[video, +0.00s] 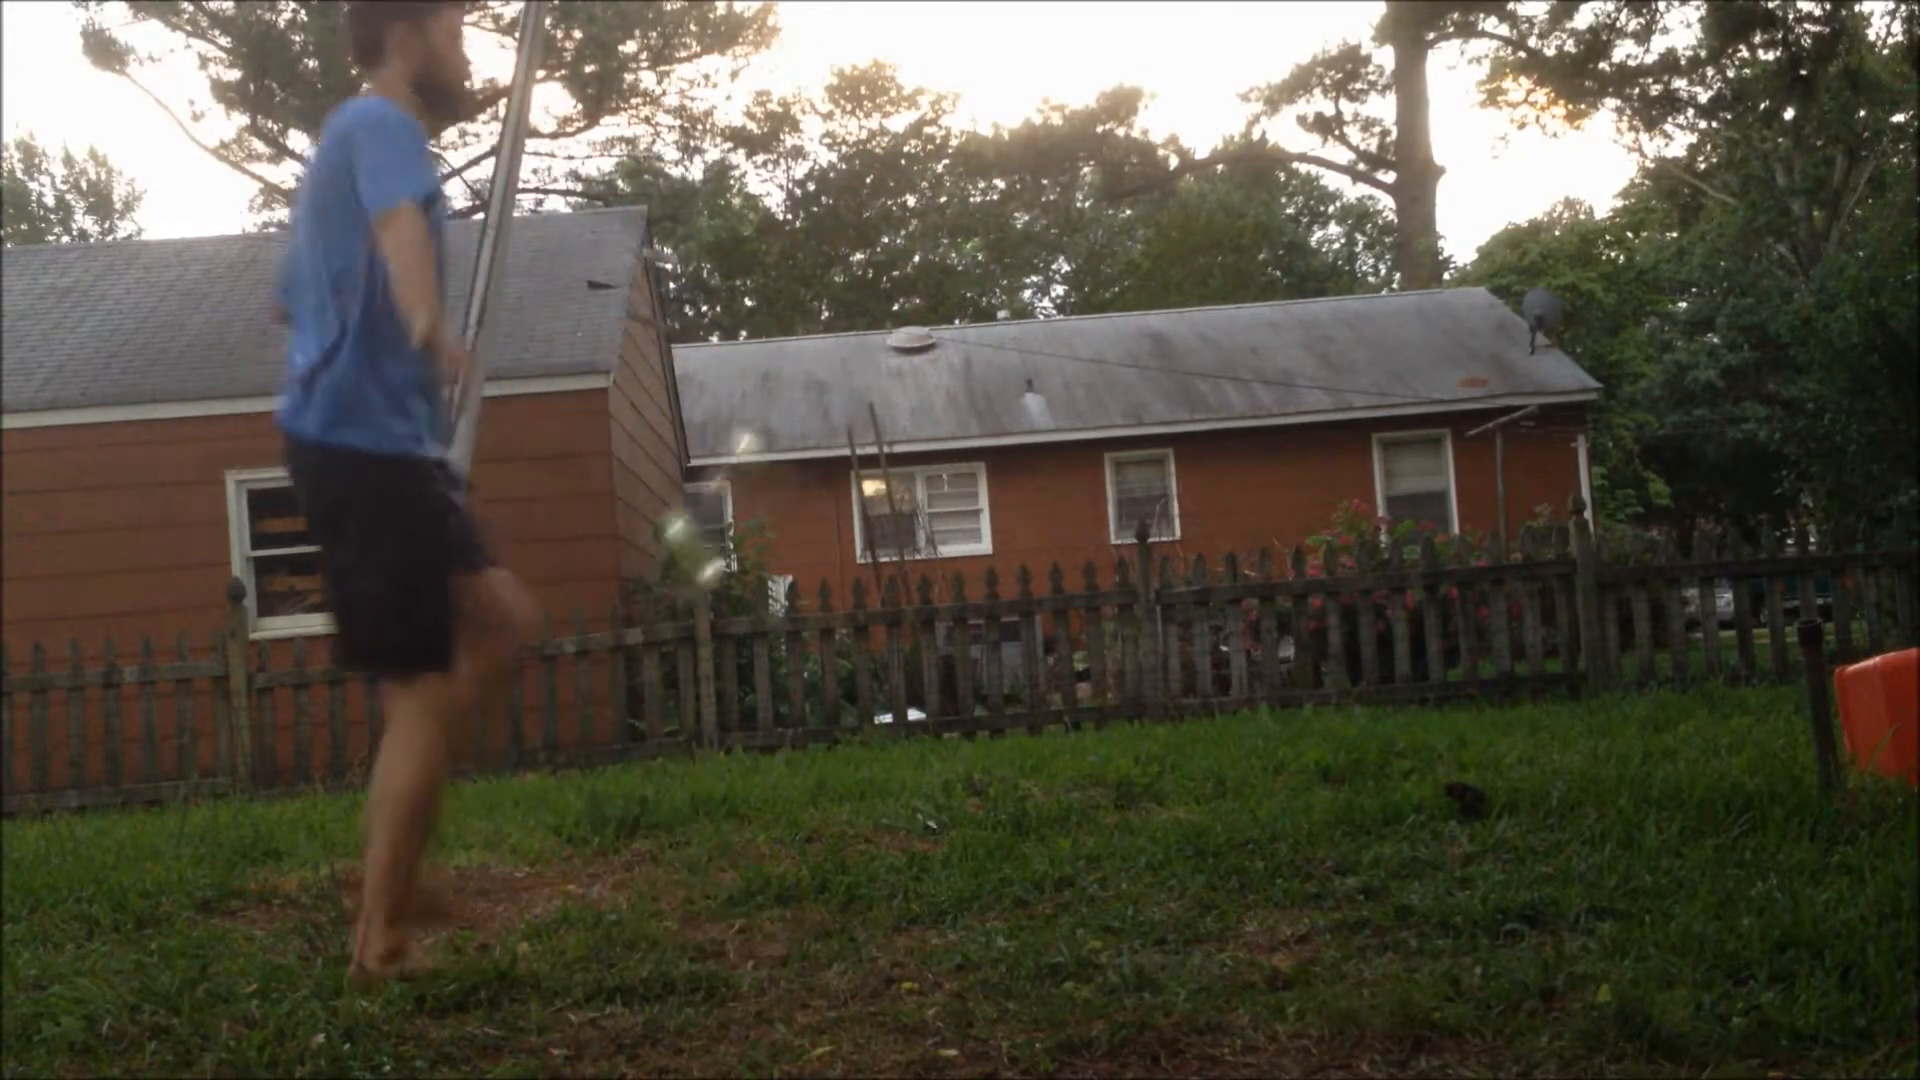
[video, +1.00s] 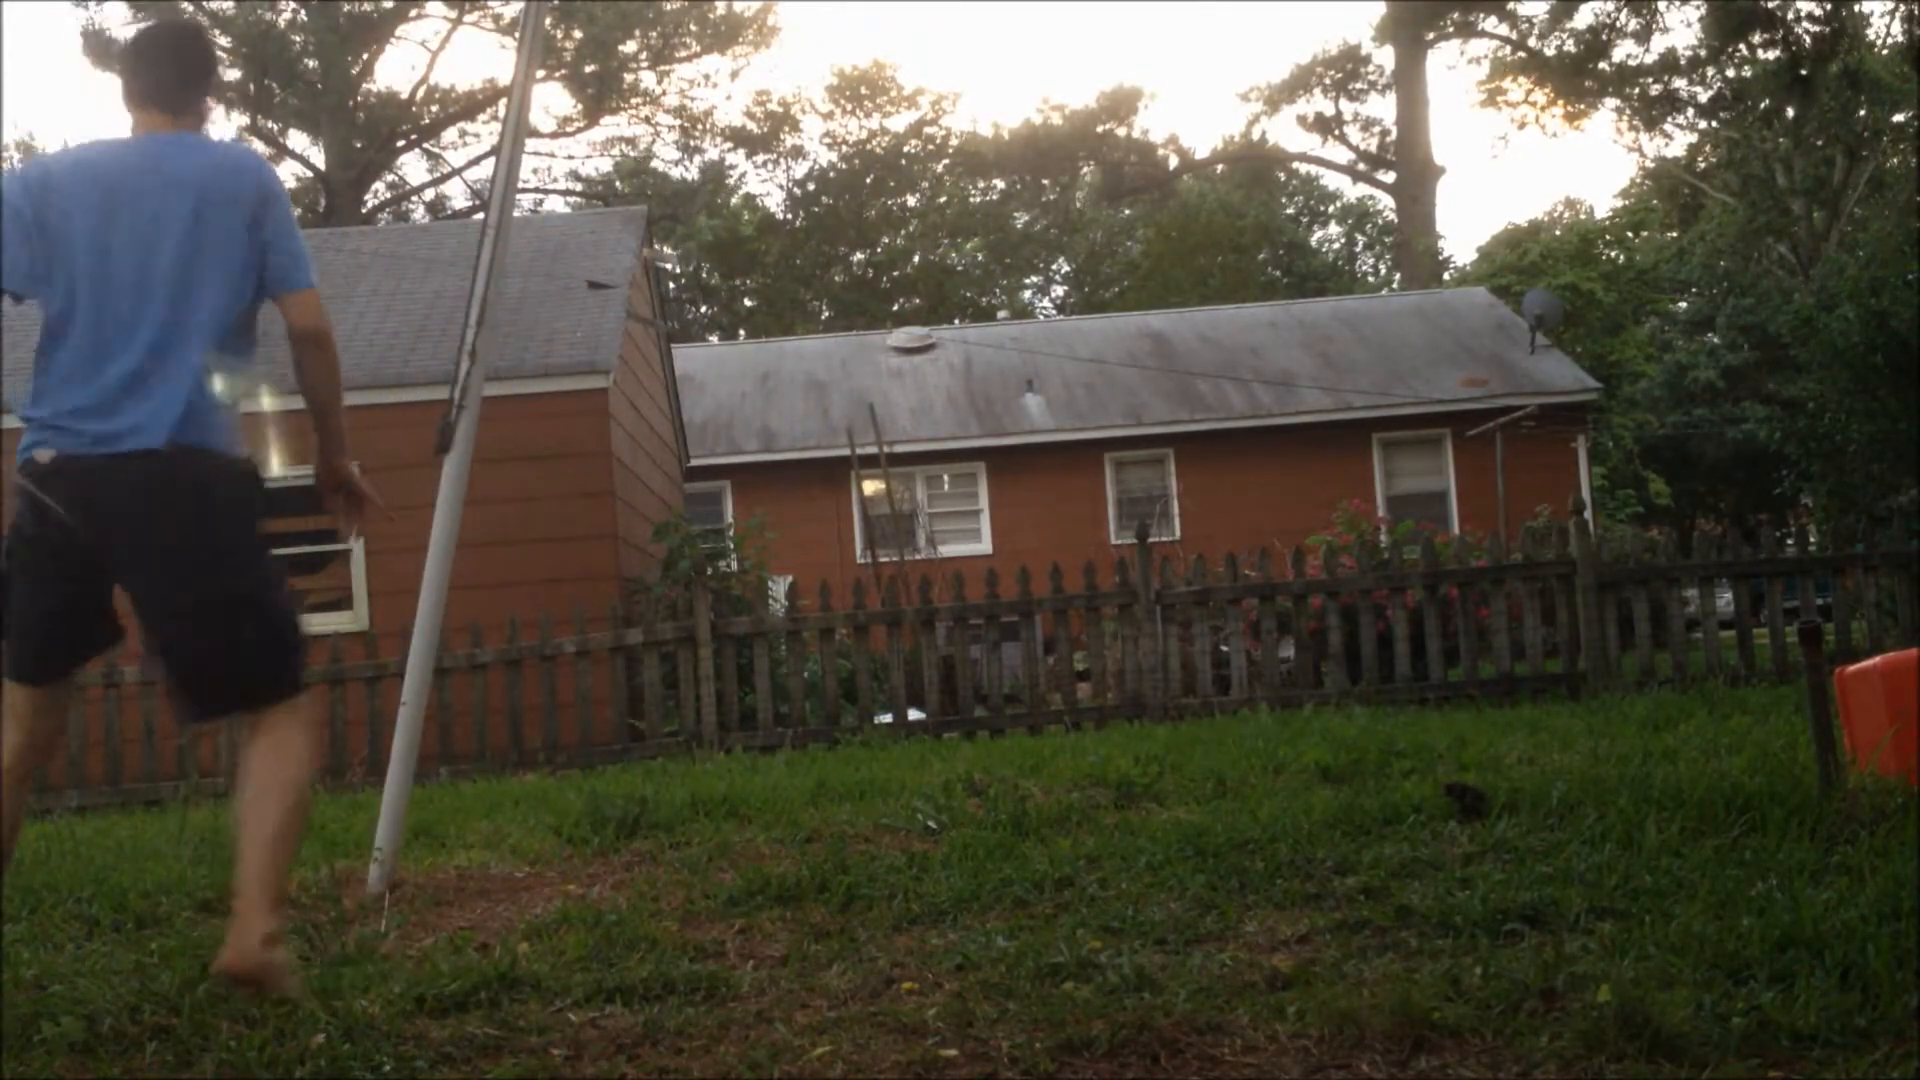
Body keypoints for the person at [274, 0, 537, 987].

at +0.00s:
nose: (467, 44)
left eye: (464, 25)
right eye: (455, 24)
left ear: (387, 43)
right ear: (405, 35)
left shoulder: (346, 135)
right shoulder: (381, 122)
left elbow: (289, 291)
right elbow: (401, 230)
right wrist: (432, 322)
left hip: (362, 437)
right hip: (364, 441)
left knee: (500, 619)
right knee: (419, 689)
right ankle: (380, 937)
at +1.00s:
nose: (189, 106)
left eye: (142, 84)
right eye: (206, 91)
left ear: (126, 91)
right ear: (208, 94)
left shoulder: (48, 182)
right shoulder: (245, 177)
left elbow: (2, 289)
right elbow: (309, 324)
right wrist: (333, 457)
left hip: (59, 482)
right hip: (191, 484)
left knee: (20, 722)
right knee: (279, 709)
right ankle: (253, 932)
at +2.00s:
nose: (632, 124)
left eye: (640, 100)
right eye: (608, 114)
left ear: (673, 95)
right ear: (587, 132)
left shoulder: (760, 187)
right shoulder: (592, 253)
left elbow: (863, 278)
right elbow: (554, 387)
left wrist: (1007, 279)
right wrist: (468, 485)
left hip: (877, 454)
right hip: (768, 505)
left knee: (1024, 625)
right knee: (743, 732)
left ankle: (1174, 801)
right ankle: (747, 929)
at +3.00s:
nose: (958, 49)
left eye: (971, 27)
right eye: (955, 31)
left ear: (1030, 28)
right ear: (975, 38)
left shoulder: (1111, 132)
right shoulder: (993, 145)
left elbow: (1201, 265)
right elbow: (1010, 231)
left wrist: (1193, 369)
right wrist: (911, 274)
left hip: (1153, 432)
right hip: (1045, 439)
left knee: (1220, 657)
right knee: (1017, 664)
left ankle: (1324, 869)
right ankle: (1063, 886)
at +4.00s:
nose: (1062, 87)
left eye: (1080, 72)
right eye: (1069, 70)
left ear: (1125, 89)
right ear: (1134, 95)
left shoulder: (1101, 167)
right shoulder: (1151, 188)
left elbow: (936, 225)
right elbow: (1021, 242)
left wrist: (783, 250)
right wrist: (982, 169)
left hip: (1037, 408)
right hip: (1068, 447)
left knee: (834, 266)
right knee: (939, 673)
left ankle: (614, 369)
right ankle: (1032, 892)